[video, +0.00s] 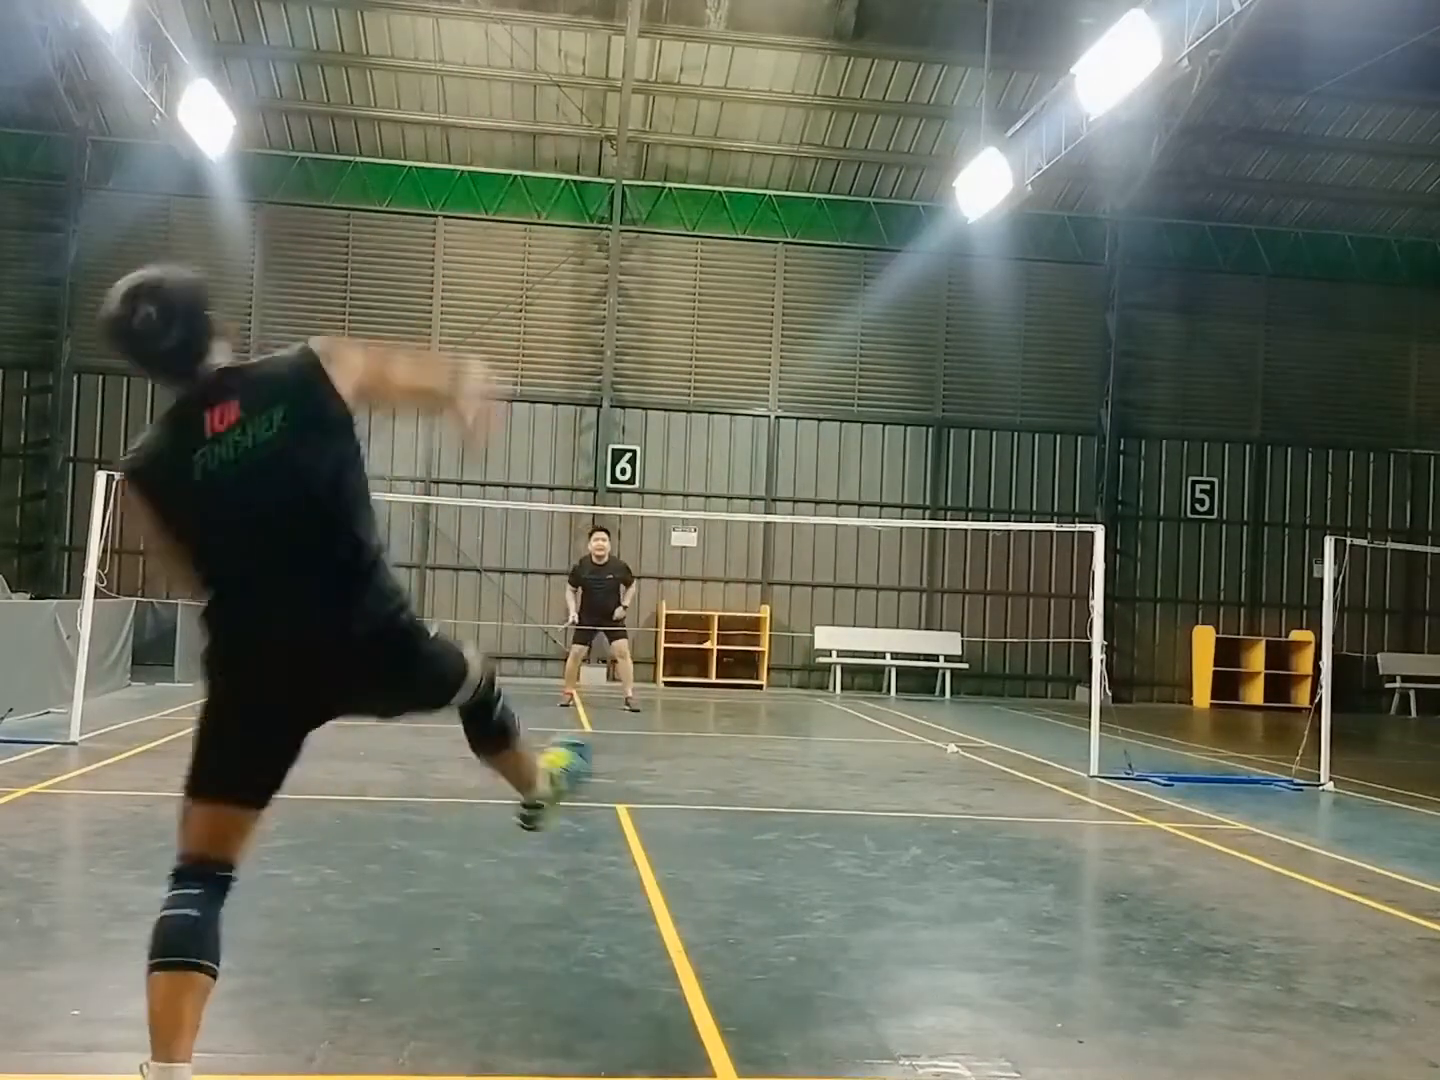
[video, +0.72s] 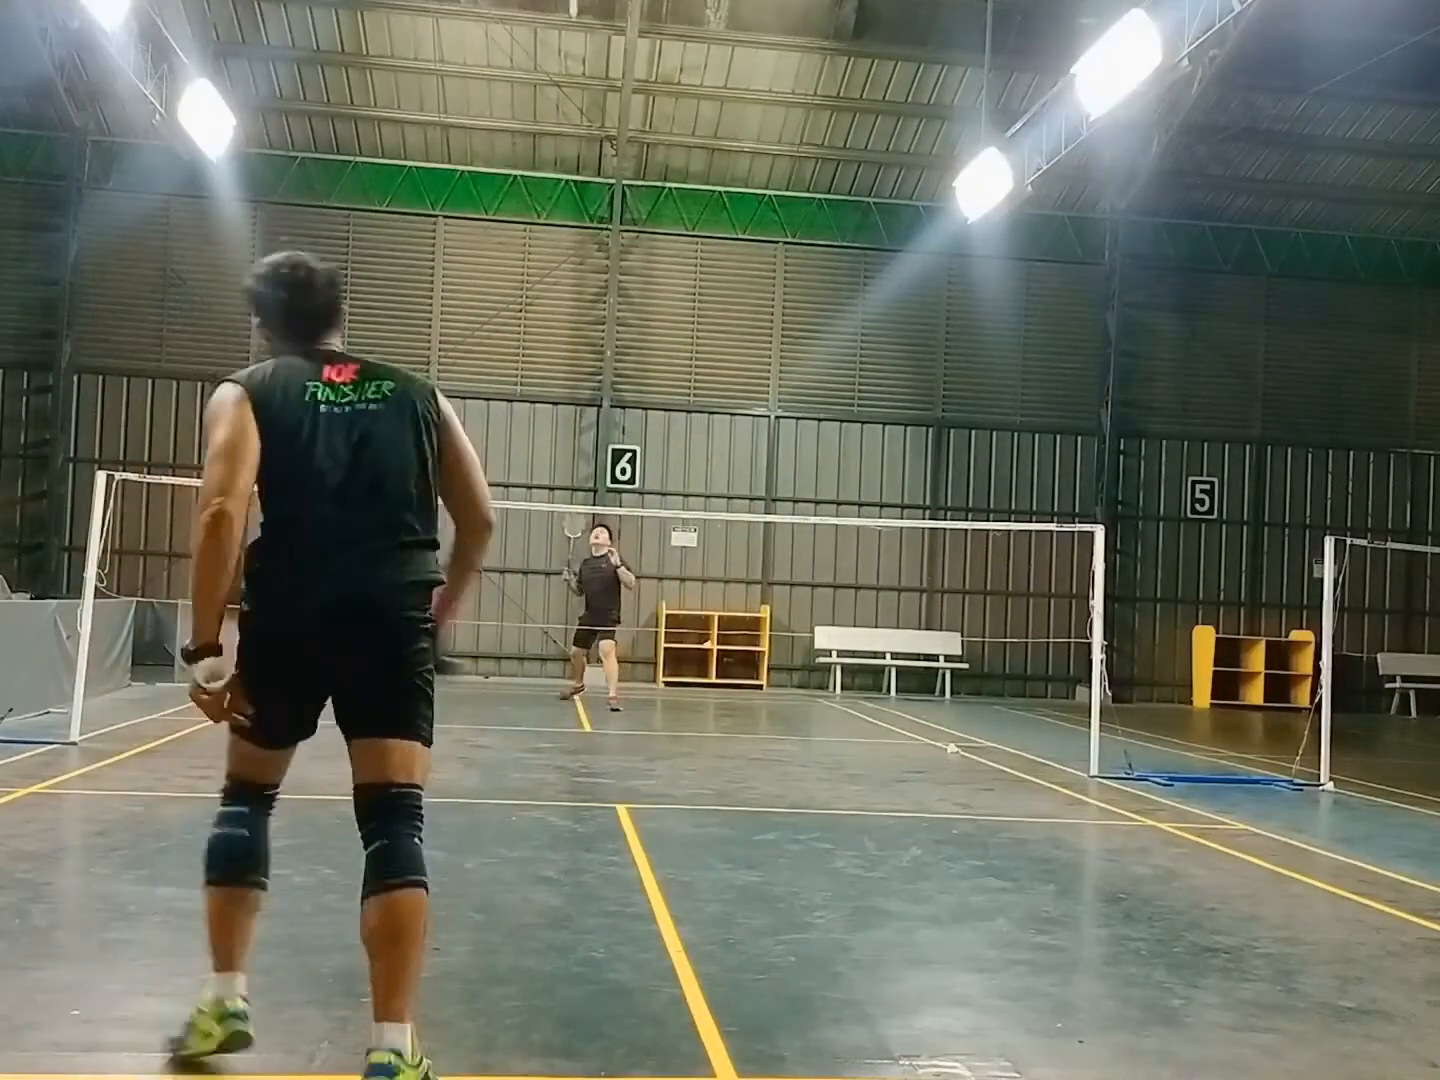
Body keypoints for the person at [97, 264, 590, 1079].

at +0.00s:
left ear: (146, 367)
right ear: (214, 326)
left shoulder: (148, 473)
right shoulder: (313, 372)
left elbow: (188, 574)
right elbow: (399, 366)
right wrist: (460, 382)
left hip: (255, 679)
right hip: (368, 643)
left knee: (202, 871)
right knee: (473, 692)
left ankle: (169, 1068)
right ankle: (538, 790)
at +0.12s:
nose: (94, 395)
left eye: (90, 379)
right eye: (88, 381)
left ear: (115, 359)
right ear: (166, 336)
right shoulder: (294, 371)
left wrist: (169, 582)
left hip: (245, 661)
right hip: (362, 629)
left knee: (201, 867)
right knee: (471, 743)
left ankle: (169, 1070)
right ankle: (549, 894)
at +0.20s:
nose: (86, 398)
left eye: (80, 381)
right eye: (74, 385)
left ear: (118, 346)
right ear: (147, 332)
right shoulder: (272, 363)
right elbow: (313, 486)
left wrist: (131, 616)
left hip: (255, 641)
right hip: (368, 615)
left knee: (200, 860)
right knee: (455, 758)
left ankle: (170, 1068)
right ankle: (518, 945)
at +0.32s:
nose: (101, 390)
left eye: (93, 372)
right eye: (88, 376)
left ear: (130, 335)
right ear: (158, 322)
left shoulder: (157, 400)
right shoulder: (279, 364)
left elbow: (141, 521)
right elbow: (309, 503)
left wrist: (119, 654)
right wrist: (204, 558)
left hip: (263, 627)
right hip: (370, 609)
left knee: (206, 850)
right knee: (417, 811)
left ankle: (168, 1067)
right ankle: (439, 1000)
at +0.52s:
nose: (179, 345)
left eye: (177, 331)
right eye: (179, 331)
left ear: (191, 327)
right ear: (256, 317)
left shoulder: (200, 399)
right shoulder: (359, 380)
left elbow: (193, 510)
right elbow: (390, 507)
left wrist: (187, 660)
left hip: (272, 631)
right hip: (383, 627)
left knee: (214, 839)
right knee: (392, 834)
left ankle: (170, 1054)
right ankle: (389, 1060)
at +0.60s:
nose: (211, 337)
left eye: (211, 325)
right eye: (211, 325)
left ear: (222, 322)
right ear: (292, 312)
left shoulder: (220, 397)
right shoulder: (391, 383)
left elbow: (210, 510)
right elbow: (431, 511)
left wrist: (194, 657)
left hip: (281, 630)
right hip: (393, 629)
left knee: (221, 818)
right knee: (398, 830)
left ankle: (183, 1007)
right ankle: (394, 1056)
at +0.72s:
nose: (248, 333)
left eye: (250, 322)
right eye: (253, 322)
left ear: (263, 325)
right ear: (336, 323)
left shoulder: (246, 393)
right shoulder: (415, 395)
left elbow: (223, 511)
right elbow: (478, 516)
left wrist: (205, 644)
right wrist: (445, 598)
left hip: (286, 626)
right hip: (394, 628)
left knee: (246, 801)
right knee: (394, 821)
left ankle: (225, 996)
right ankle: (394, 1046)